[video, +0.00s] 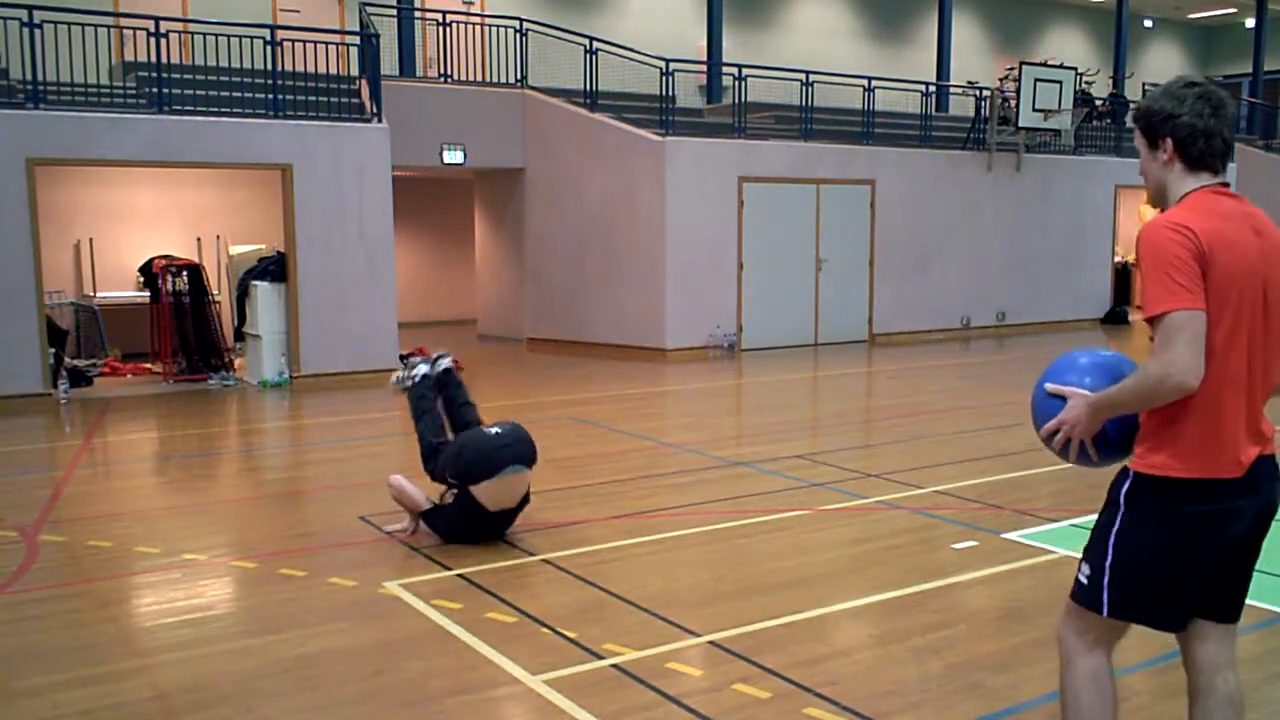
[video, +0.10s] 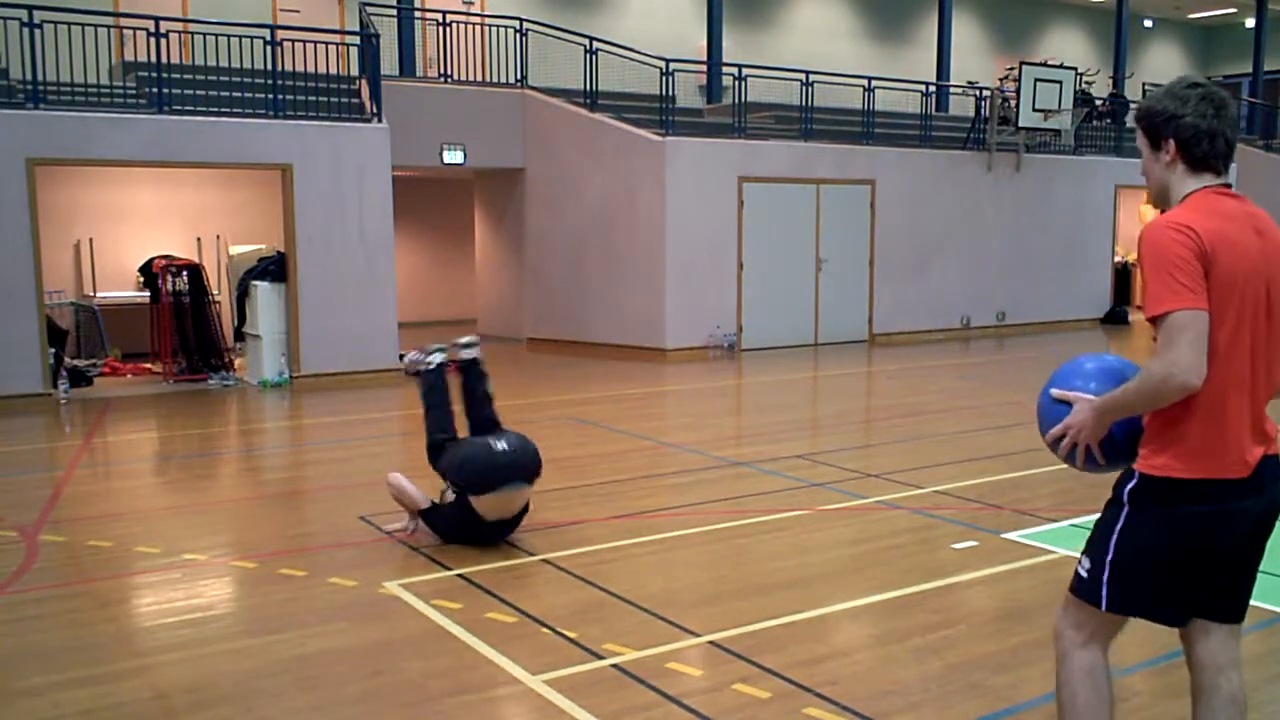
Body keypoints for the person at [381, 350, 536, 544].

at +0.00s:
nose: (447, 492)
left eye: (447, 493)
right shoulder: (453, 527)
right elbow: (395, 482)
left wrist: (414, 518)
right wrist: (414, 518)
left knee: (473, 440)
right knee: (437, 467)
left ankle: (446, 374)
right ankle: (420, 382)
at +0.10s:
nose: (448, 487)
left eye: (449, 487)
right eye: (446, 489)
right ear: (446, 504)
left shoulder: (506, 521)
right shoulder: (447, 523)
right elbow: (394, 479)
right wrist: (412, 516)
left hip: (527, 459)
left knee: (489, 443)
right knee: (441, 453)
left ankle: (470, 363)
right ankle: (432, 371)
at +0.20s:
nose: (452, 487)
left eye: (452, 486)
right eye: (448, 488)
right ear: (445, 500)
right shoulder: (444, 521)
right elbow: (394, 478)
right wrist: (411, 515)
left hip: (534, 485)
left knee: (501, 440)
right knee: (452, 448)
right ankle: (457, 366)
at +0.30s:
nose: (462, 480)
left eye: (463, 477)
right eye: (454, 480)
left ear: (470, 478)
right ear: (447, 492)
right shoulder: (444, 513)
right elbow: (397, 469)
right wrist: (409, 493)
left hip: (538, 518)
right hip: (495, 528)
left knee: (512, 440)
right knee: (465, 450)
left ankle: (534, 401)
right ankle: (486, 378)